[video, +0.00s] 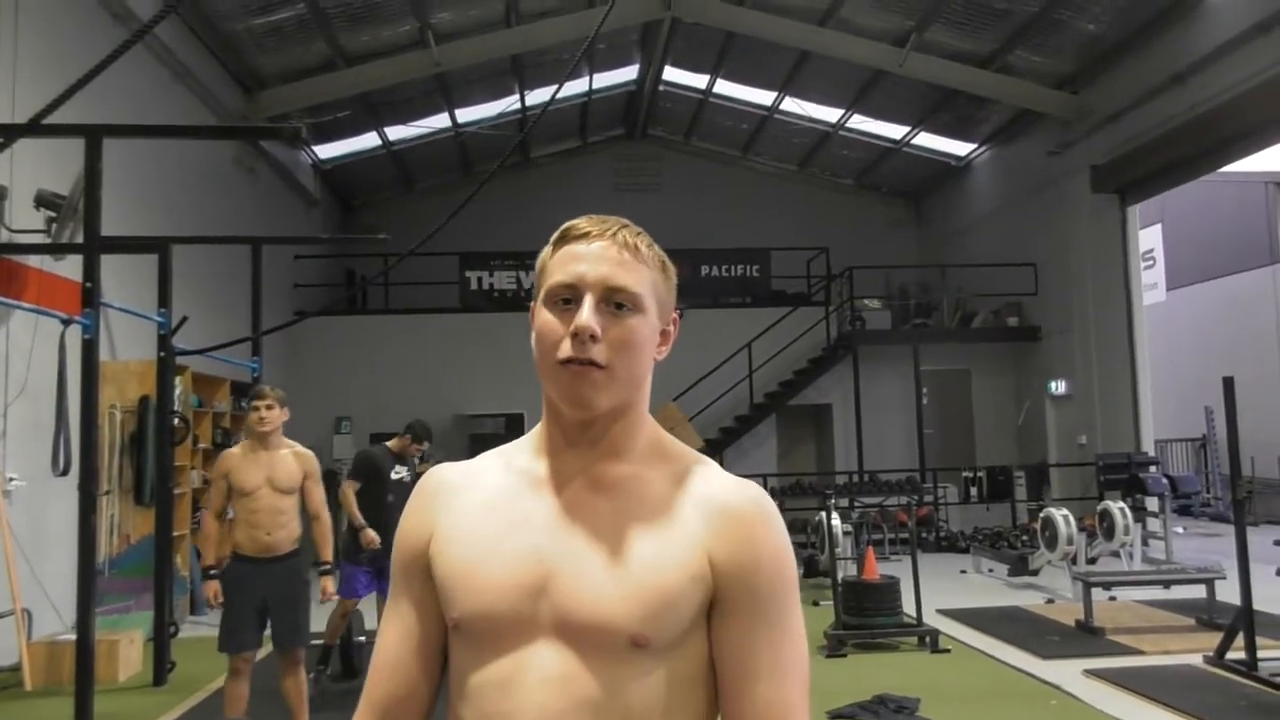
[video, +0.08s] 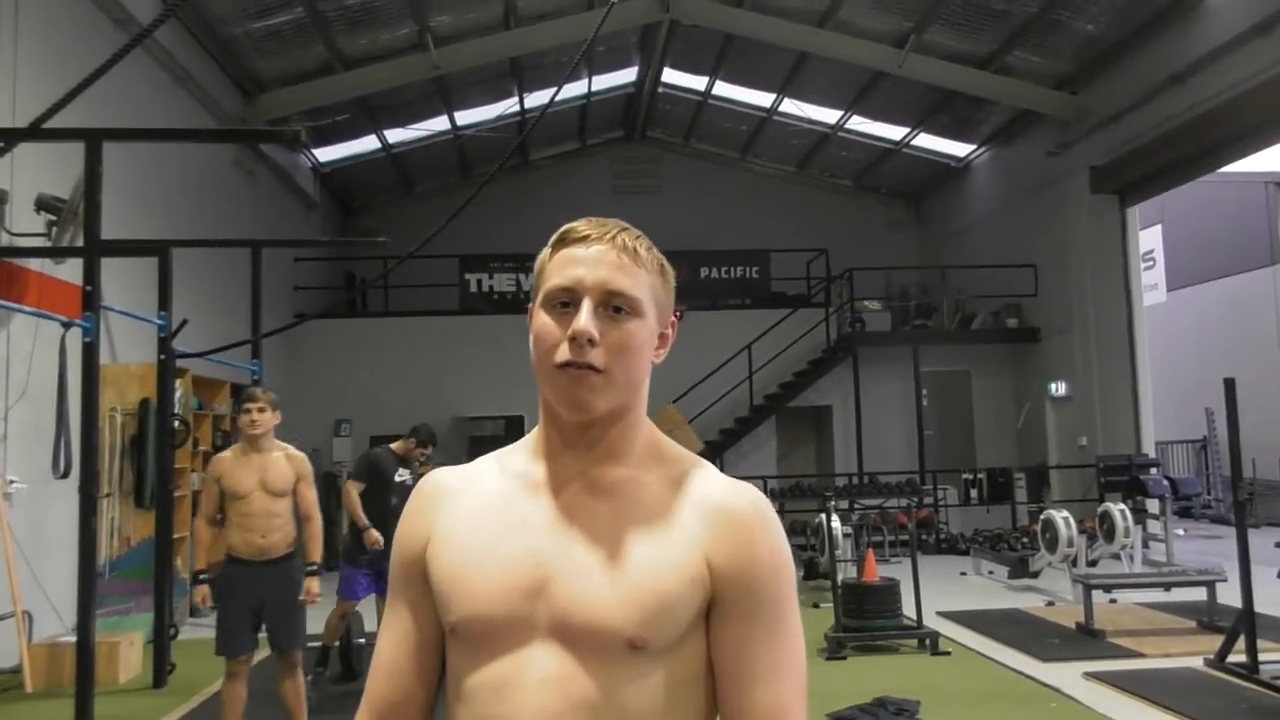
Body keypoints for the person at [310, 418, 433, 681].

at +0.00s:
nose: (419, 454)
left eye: (422, 450)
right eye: (417, 448)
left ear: (416, 443)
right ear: (406, 438)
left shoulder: (409, 464)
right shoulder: (370, 457)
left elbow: (406, 503)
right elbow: (347, 490)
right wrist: (362, 528)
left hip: (393, 547)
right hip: (361, 547)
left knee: (389, 609)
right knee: (347, 605)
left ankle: (387, 664)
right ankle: (323, 661)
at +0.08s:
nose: (423, 457)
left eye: (427, 453)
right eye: (422, 451)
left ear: (419, 447)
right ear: (410, 441)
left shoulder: (411, 467)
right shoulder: (374, 458)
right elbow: (350, 490)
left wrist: (426, 475)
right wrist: (366, 529)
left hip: (393, 548)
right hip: (361, 548)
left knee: (389, 609)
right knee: (346, 608)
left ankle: (387, 664)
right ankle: (322, 659)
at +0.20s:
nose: (425, 464)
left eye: (429, 460)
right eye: (425, 458)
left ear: (419, 450)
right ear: (415, 446)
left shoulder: (410, 470)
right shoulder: (380, 461)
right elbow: (353, 494)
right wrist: (366, 534)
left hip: (391, 553)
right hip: (361, 552)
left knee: (388, 616)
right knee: (343, 610)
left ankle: (386, 672)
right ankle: (318, 665)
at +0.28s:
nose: (425, 469)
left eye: (429, 466)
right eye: (426, 463)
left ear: (420, 454)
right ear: (416, 451)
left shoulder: (412, 474)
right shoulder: (382, 464)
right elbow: (355, 495)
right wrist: (362, 538)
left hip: (393, 556)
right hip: (362, 555)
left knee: (392, 619)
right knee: (340, 614)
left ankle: (394, 676)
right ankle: (316, 668)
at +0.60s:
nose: (423, 480)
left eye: (427, 477)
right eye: (425, 475)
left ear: (418, 464)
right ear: (416, 462)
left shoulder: (406, 482)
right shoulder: (382, 473)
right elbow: (354, 505)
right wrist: (358, 550)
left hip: (389, 564)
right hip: (362, 562)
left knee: (384, 622)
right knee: (338, 621)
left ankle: (382, 676)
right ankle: (313, 679)